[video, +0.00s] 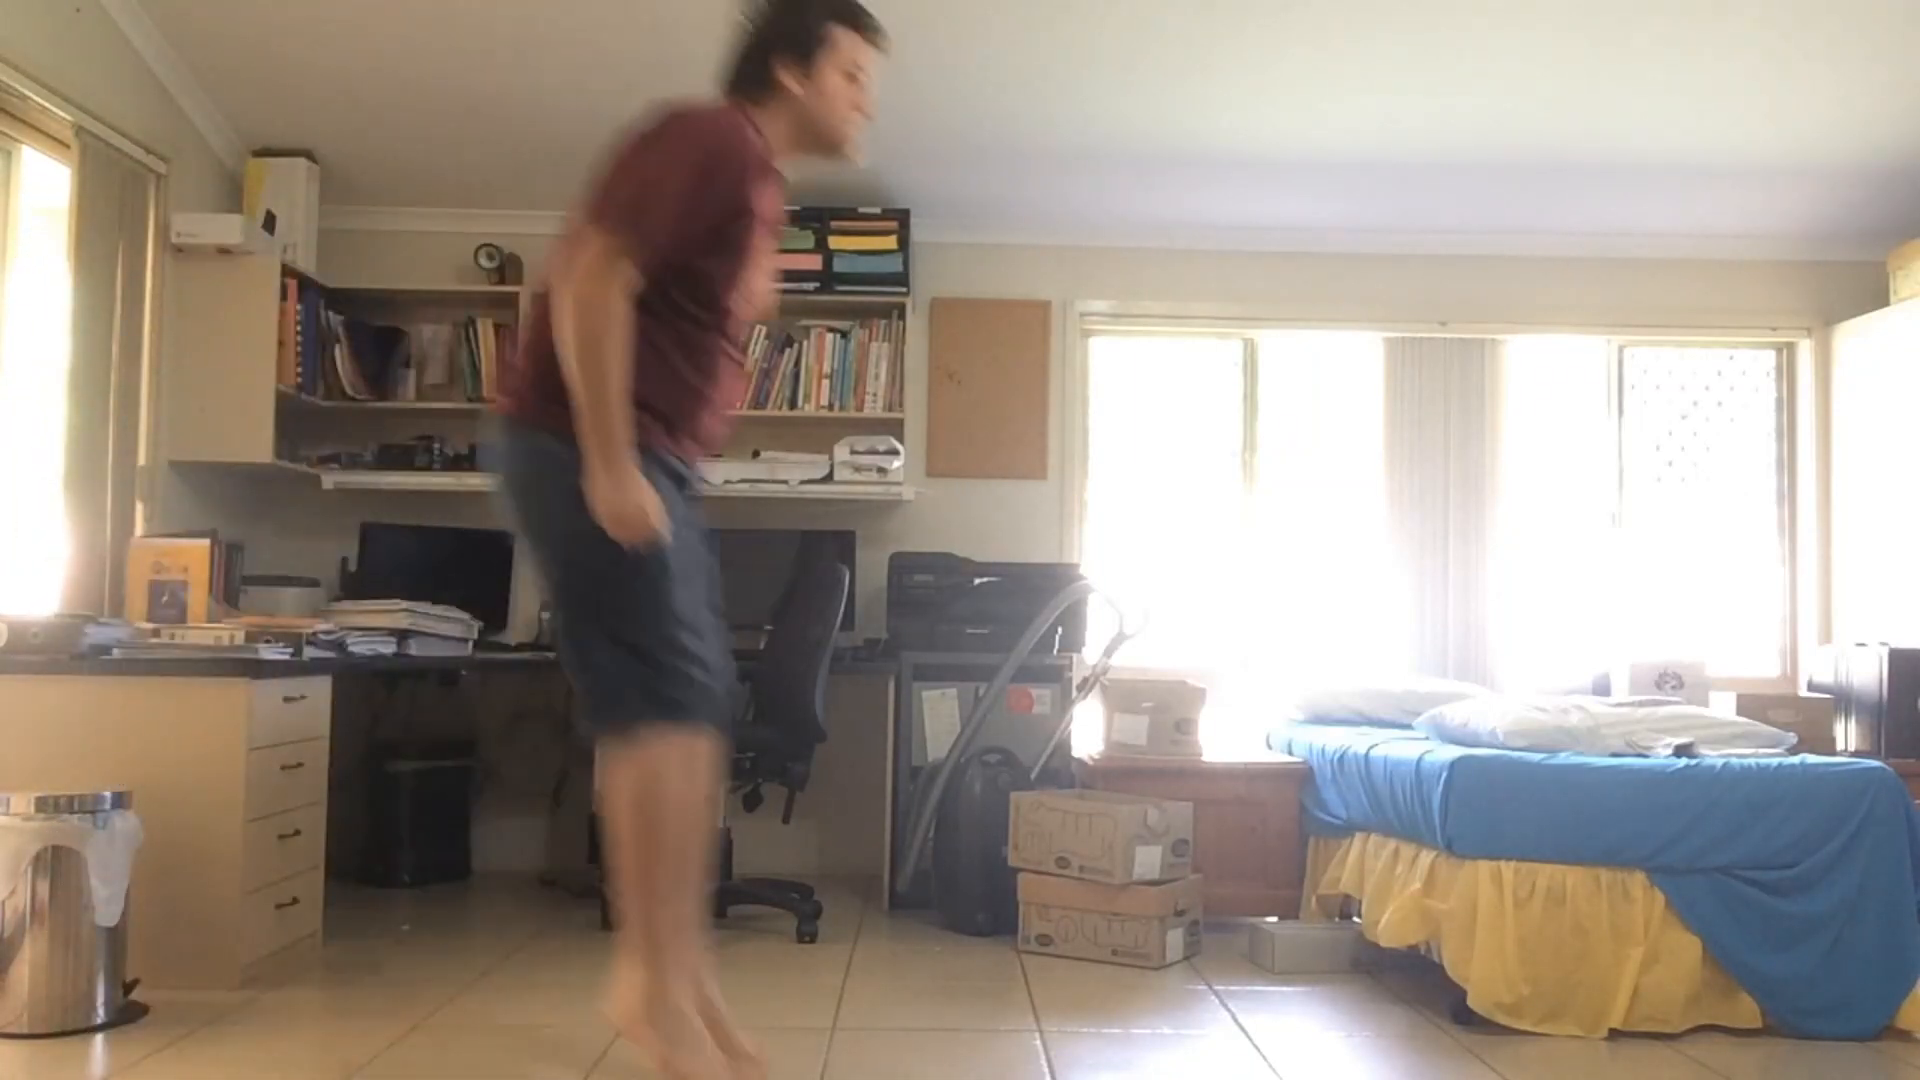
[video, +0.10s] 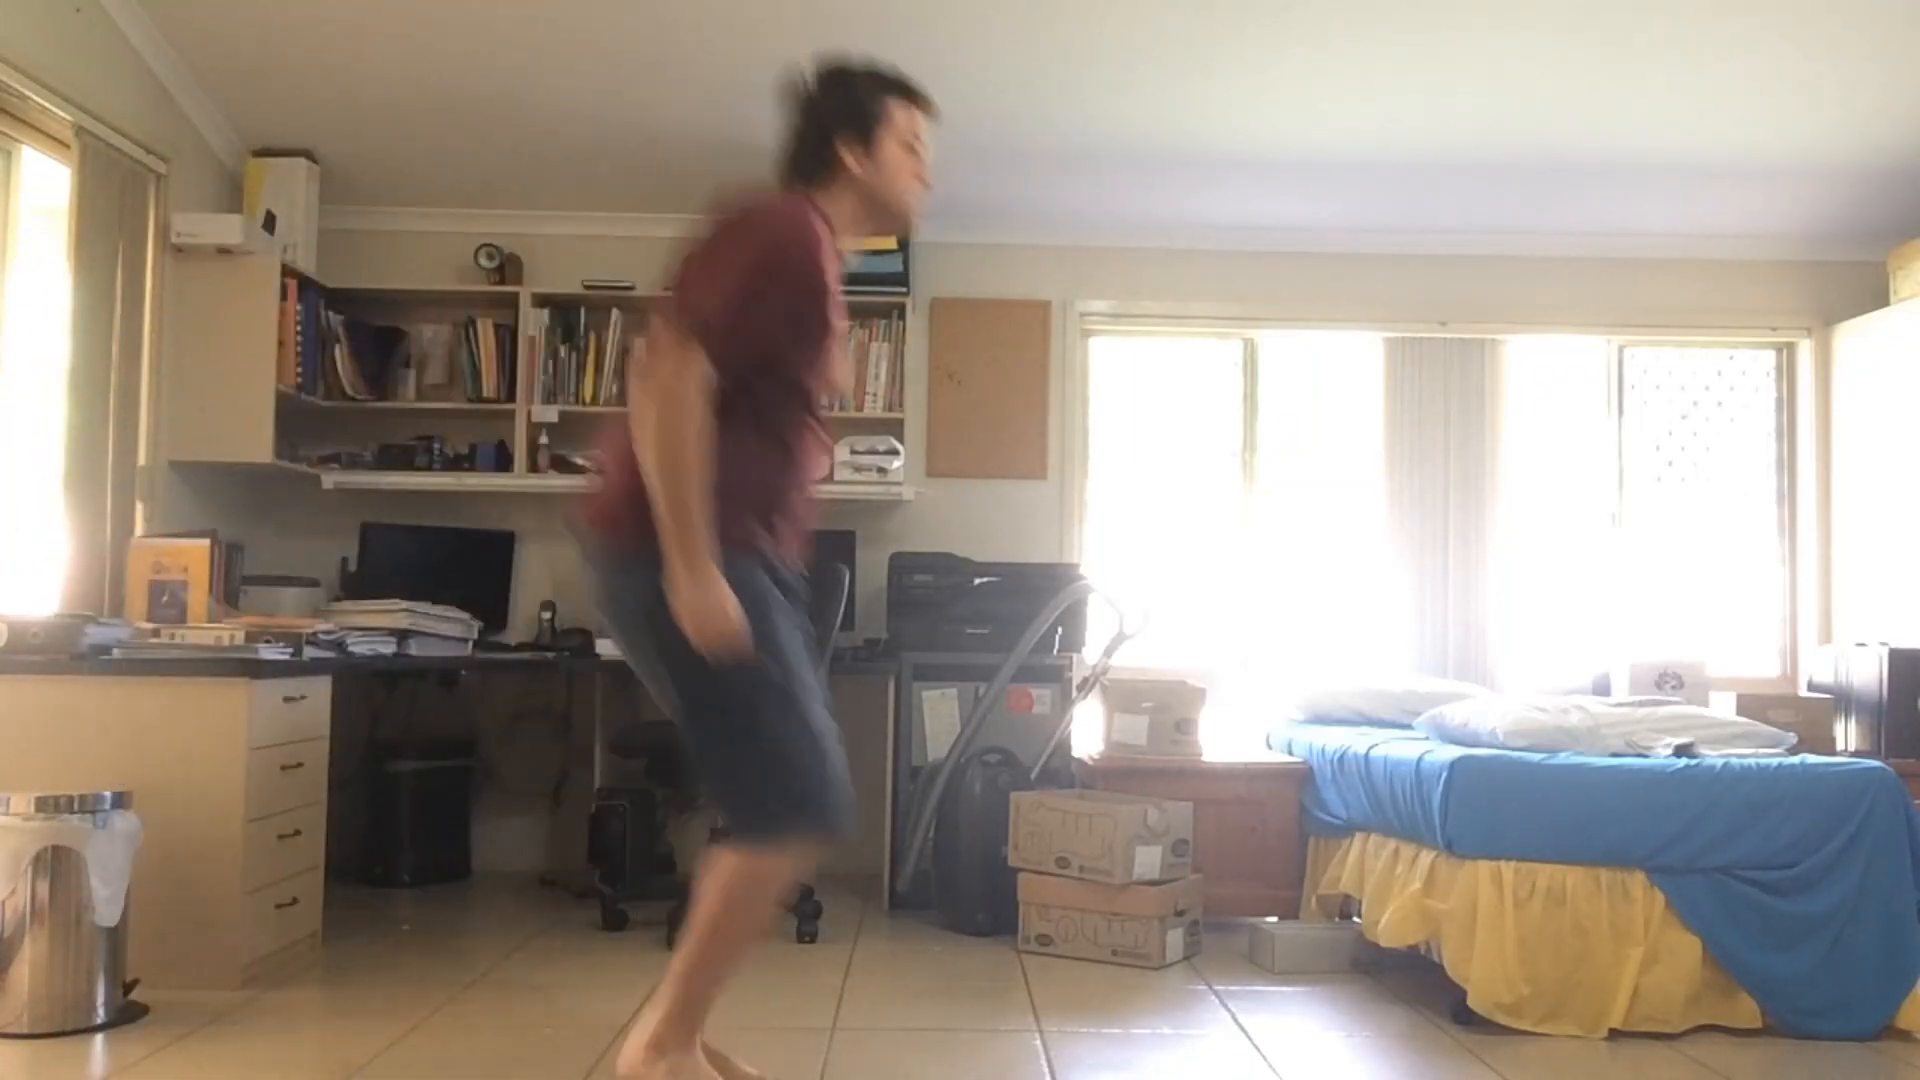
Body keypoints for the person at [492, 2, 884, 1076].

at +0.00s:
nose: (867, 104)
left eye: (870, 83)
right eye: (855, 77)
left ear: (810, 81)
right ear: (790, 69)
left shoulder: (752, 175)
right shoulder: (710, 137)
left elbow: (653, 293)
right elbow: (588, 274)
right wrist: (611, 461)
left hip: (639, 455)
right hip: (588, 449)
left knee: (659, 710)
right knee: (678, 703)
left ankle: (671, 981)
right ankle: (660, 989)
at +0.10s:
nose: (928, 171)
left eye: (927, 150)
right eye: (913, 146)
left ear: (858, 156)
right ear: (849, 150)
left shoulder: (810, 257)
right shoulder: (778, 232)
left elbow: (731, 403)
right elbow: (670, 367)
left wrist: (770, 560)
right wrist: (693, 568)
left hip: (734, 558)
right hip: (692, 559)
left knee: (770, 806)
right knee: (798, 804)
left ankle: (676, 1038)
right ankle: (657, 1045)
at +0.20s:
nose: (974, 180)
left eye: (967, 160)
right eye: (958, 161)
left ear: (907, 184)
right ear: (902, 182)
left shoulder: (879, 291)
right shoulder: (851, 278)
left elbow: (831, 447)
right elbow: (786, 435)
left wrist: (852, 612)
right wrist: (790, 625)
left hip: (822, 619)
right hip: (778, 619)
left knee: (834, 852)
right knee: (841, 858)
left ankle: (676, 1038)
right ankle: (658, 1049)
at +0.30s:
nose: (1040, 95)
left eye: (1034, 76)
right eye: (1025, 76)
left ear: (979, 92)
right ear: (973, 90)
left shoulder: (967, 194)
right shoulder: (935, 178)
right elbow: (866, 302)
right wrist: (923, 466)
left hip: (941, 522)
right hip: (908, 521)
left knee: (866, 767)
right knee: (864, 768)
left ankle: (719, 994)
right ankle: (706, 995)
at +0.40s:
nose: (1159, 42)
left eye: (1157, 22)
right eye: (1147, 20)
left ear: (1096, 22)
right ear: (1098, 19)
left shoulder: (1063, 108)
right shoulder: (1042, 88)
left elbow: (1004, 256)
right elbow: (987, 240)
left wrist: (1081, 407)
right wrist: (1062, 402)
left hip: (1034, 443)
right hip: (1013, 443)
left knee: (1027, 702)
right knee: (1026, 704)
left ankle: (843, 888)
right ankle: (835, 885)